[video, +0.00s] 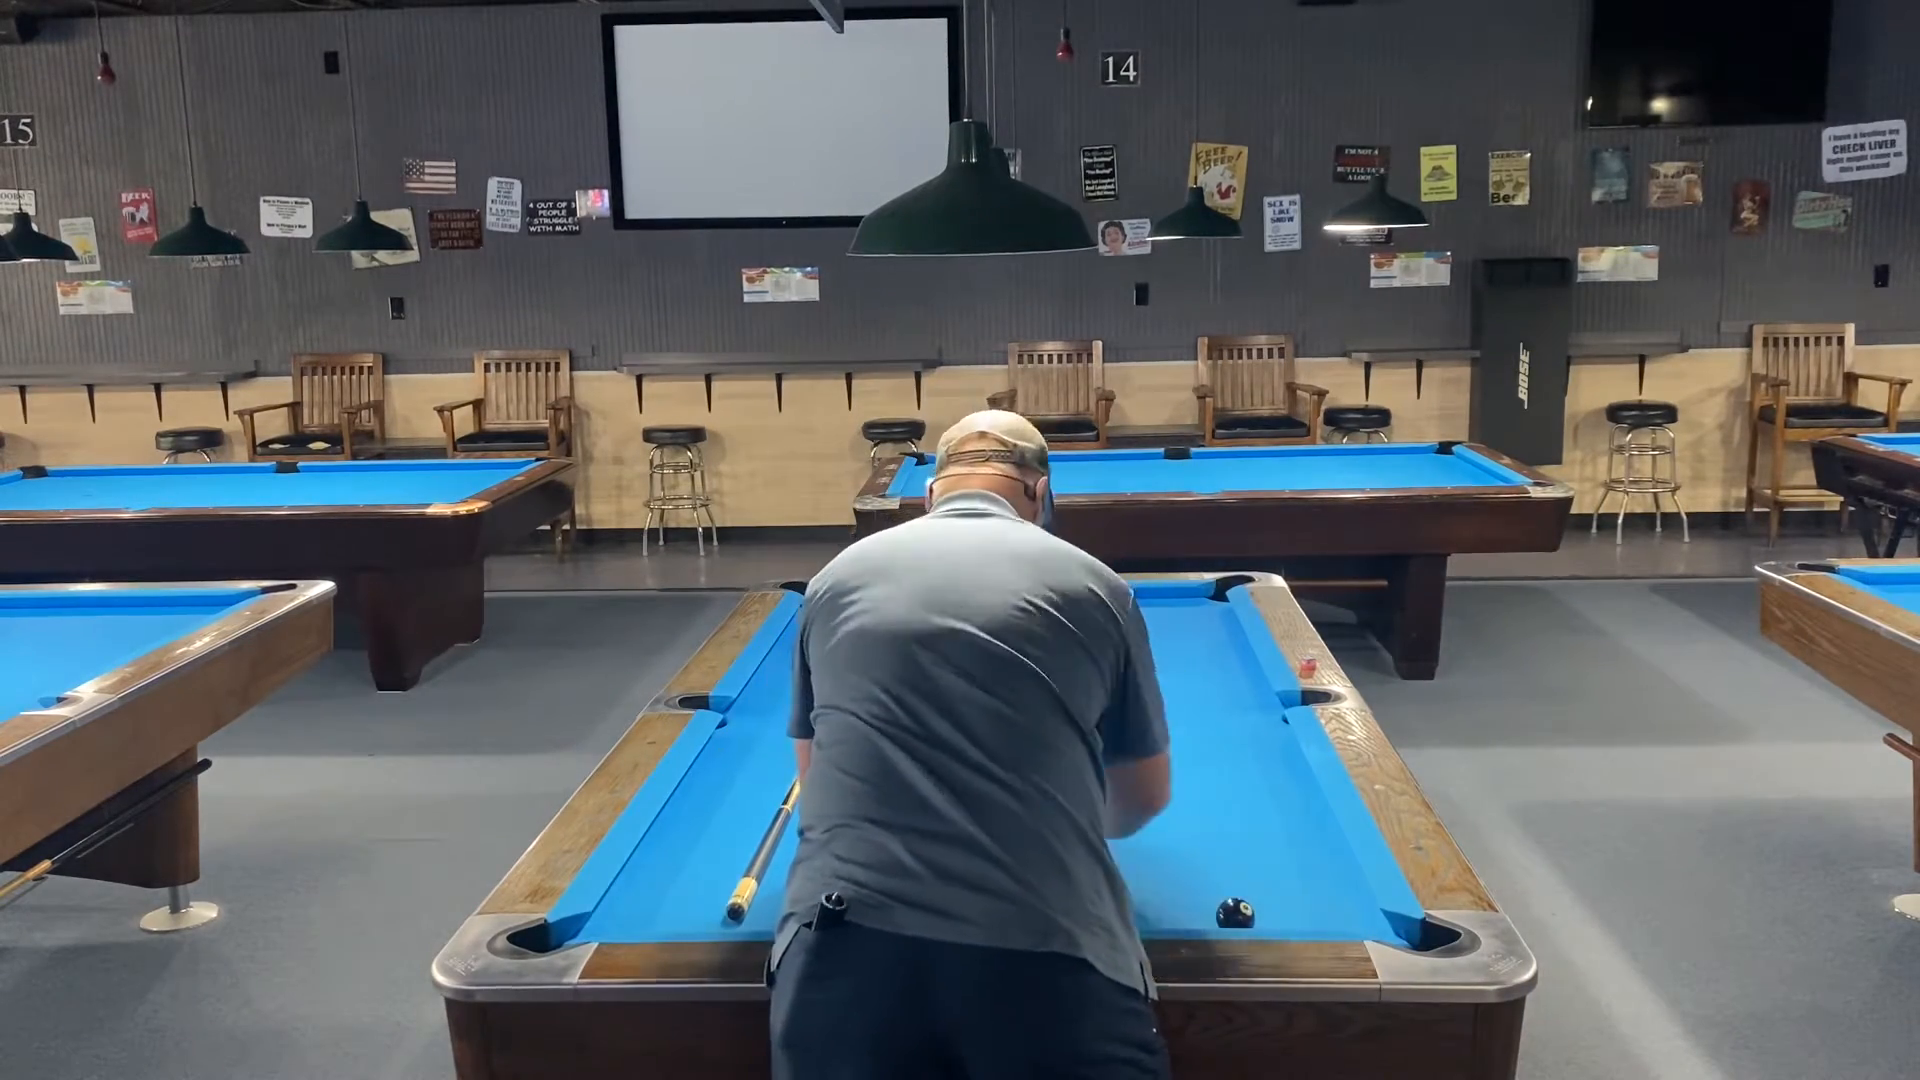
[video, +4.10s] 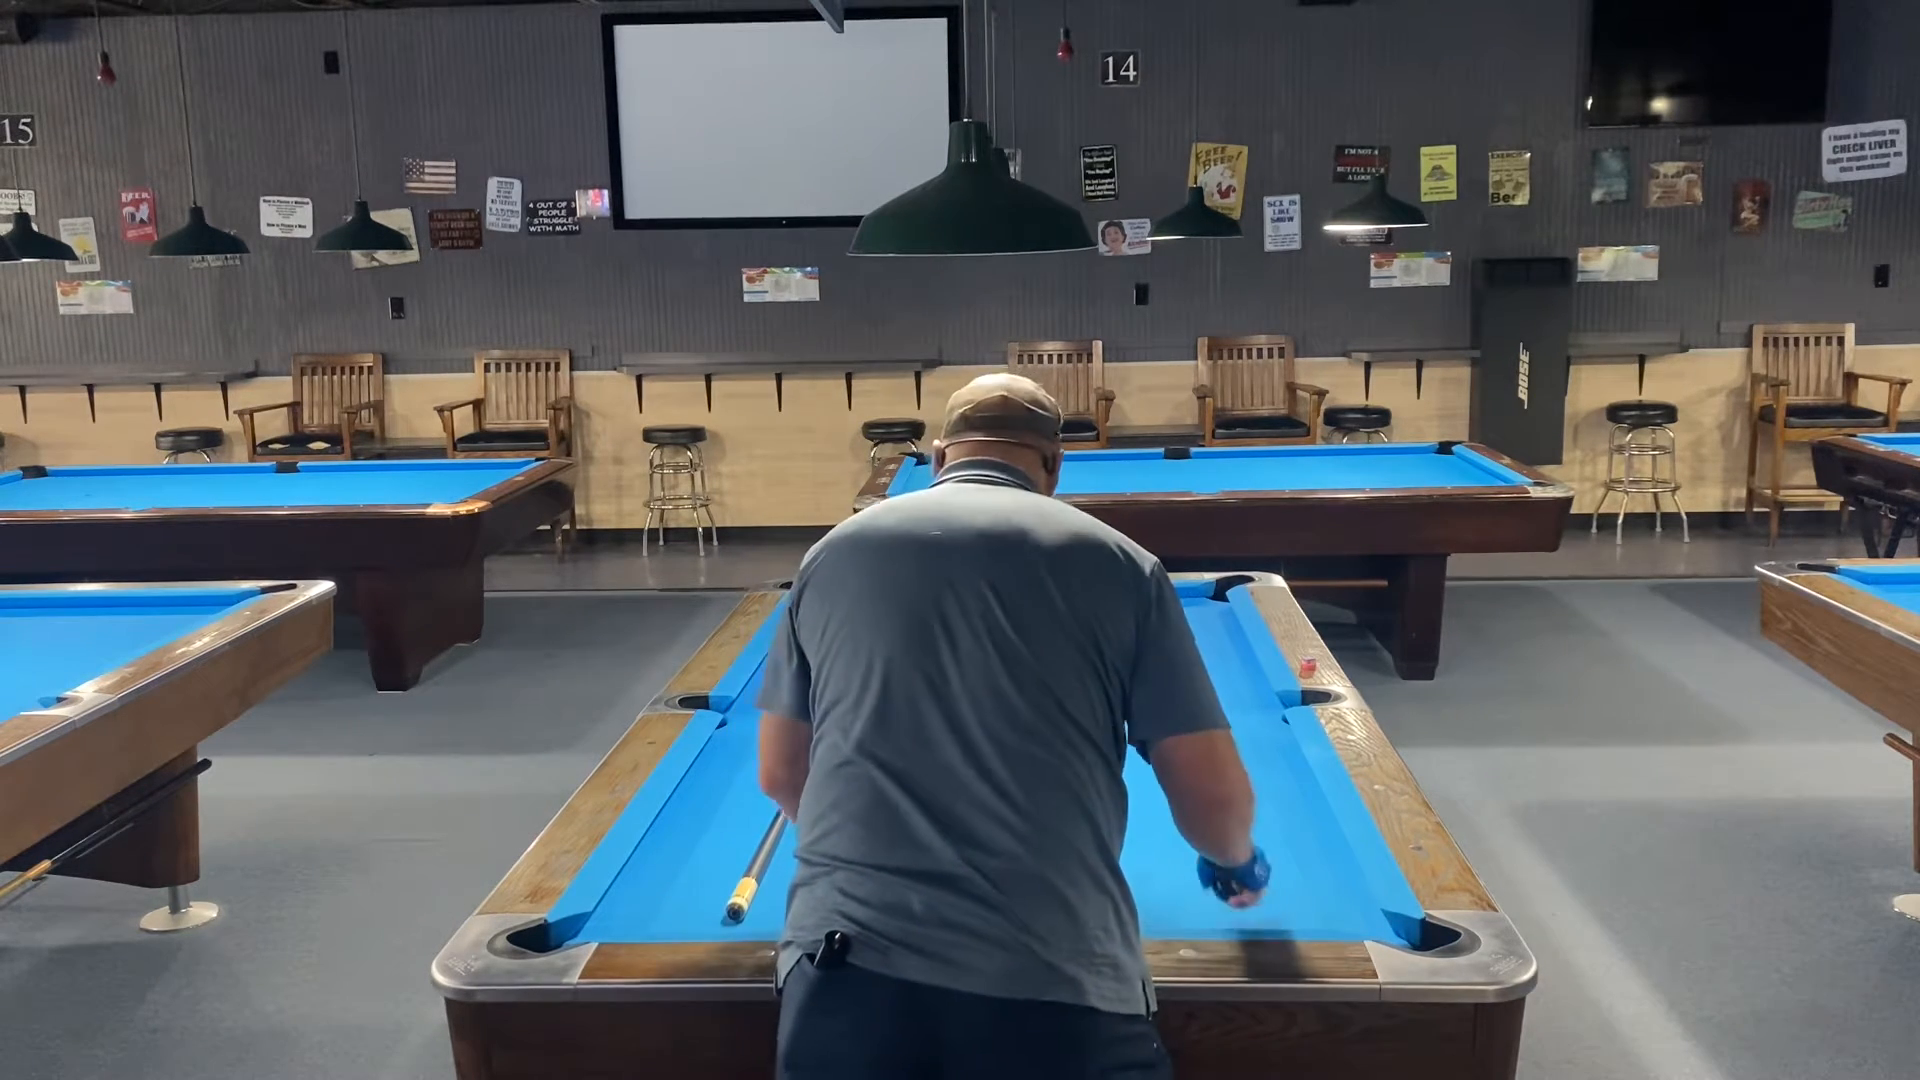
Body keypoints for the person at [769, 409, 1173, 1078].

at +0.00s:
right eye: (1047, 493)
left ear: (929, 495)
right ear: (1037, 488)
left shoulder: (836, 575)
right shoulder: (1097, 584)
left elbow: (816, 773)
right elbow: (1143, 790)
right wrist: (1053, 830)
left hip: (845, 962)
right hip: (1049, 968)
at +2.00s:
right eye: (1020, 512)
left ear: (913, 519)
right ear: (1018, 517)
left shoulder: (835, 592)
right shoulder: (1089, 598)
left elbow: (809, 789)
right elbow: (1124, 801)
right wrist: (1030, 849)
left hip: (846, 956)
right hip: (1050, 963)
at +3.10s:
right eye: (1033, 490)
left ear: (915, 491)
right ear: (1024, 493)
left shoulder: (825, 562)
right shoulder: (1099, 578)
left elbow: (767, 774)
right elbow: (1158, 784)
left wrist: (857, 819)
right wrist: (1096, 776)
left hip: (846, 968)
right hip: (1052, 977)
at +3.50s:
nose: (1044, 485)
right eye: (1041, 470)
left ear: (914, 461)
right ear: (1027, 462)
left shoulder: (809, 552)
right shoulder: (1101, 561)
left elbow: (761, 778)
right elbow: (1176, 789)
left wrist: (846, 831)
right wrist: (1154, 831)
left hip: (844, 987)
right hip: (1053, 1005)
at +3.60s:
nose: (1049, 490)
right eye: (1046, 470)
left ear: (916, 460)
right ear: (1027, 452)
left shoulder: (810, 551)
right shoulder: (1099, 557)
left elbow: (769, 780)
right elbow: (1183, 804)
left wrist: (854, 829)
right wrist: (1210, 806)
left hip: (841, 997)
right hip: (1051, 1007)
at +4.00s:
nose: (1052, 477)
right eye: (1054, 464)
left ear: (938, 453)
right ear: (1052, 458)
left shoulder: (833, 549)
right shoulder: (1117, 562)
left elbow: (792, 772)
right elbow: (1214, 782)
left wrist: (880, 831)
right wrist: (1235, 881)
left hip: (848, 986)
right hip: (1056, 1005)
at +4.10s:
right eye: (1052, 468)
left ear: (939, 458)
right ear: (1051, 463)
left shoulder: (837, 550)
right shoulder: (1120, 566)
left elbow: (783, 772)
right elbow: (1211, 789)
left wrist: (870, 835)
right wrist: (1234, 863)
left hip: (851, 982)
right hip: (1060, 1000)